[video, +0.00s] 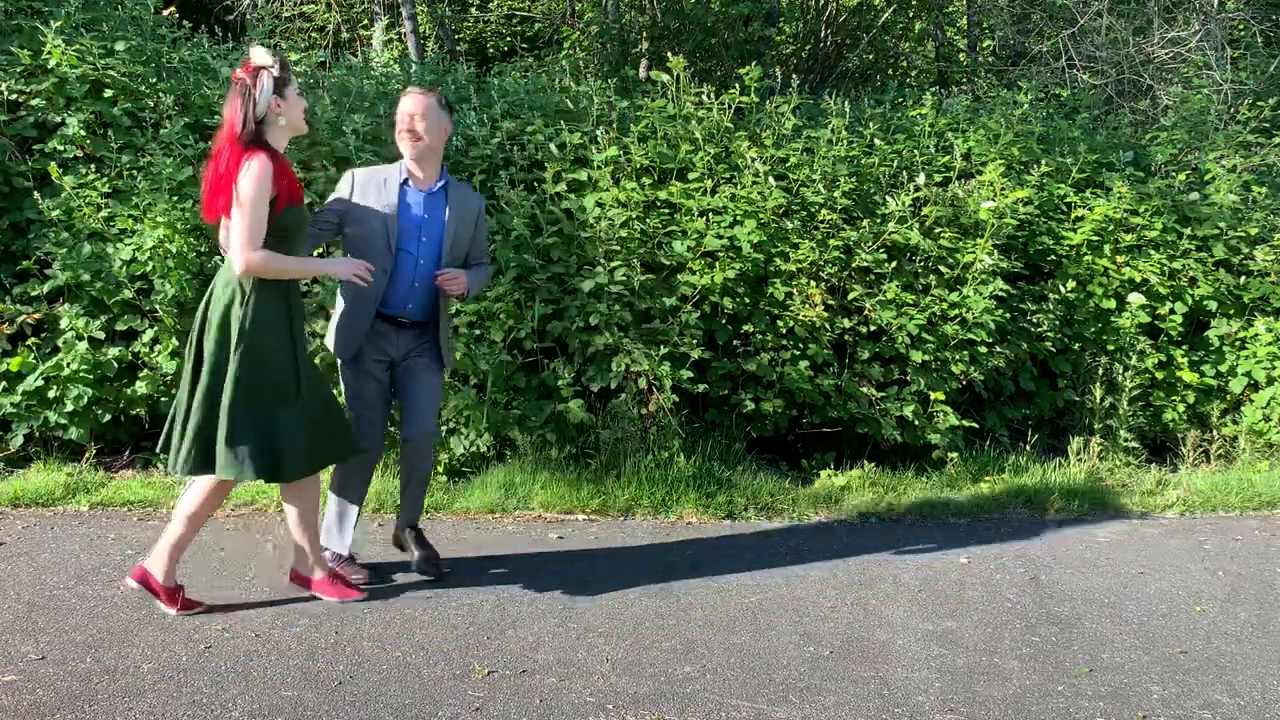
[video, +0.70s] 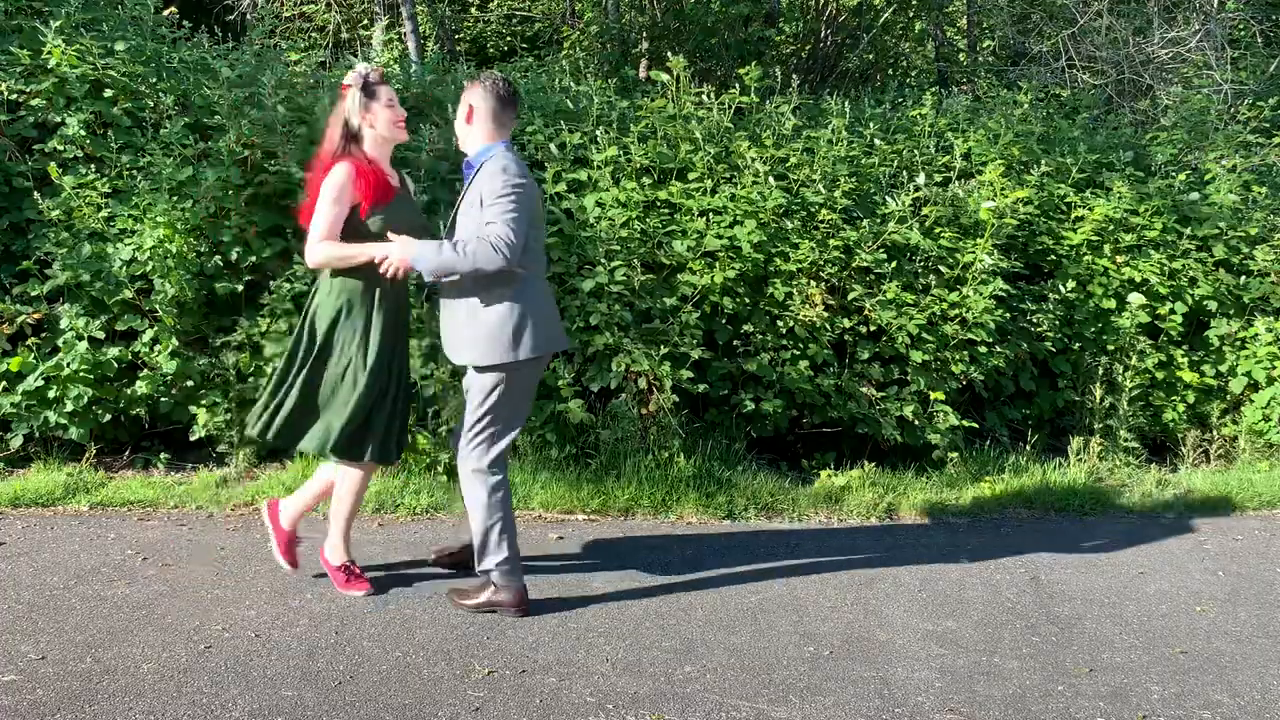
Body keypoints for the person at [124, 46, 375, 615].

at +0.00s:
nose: (304, 102)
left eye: (300, 93)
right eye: (297, 95)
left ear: (271, 107)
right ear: (276, 108)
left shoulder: (254, 160)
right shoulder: (259, 163)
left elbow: (230, 246)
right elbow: (248, 258)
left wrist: (305, 241)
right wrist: (329, 266)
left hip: (244, 315)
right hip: (257, 319)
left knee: (231, 451)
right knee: (302, 439)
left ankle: (160, 564)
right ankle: (312, 563)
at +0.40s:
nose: (337, 112)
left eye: (334, 103)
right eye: (328, 105)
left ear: (302, 116)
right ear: (301, 117)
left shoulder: (294, 167)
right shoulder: (288, 171)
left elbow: (311, 246)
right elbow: (293, 264)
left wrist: (373, 248)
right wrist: (368, 257)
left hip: (268, 313)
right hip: (275, 317)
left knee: (252, 443)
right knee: (342, 428)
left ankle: (183, 549)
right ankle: (333, 549)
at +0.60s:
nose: (374, 120)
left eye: (371, 111)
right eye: (363, 113)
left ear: (345, 126)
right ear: (336, 125)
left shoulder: (347, 180)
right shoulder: (319, 180)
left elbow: (348, 250)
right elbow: (308, 268)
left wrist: (398, 256)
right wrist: (381, 262)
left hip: (340, 320)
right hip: (325, 324)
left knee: (292, 444)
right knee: (350, 442)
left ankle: (208, 533)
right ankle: (337, 551)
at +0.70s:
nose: (404, 112)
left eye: (401, 104)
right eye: (392, 106)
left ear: (382, 117)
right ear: (364, 118)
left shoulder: (395, 177)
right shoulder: (345, 173)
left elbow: (401, 236)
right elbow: (316, 252)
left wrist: (412, 250)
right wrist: (384, 247)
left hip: (386, 312)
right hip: (352, 311)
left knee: (371, 433)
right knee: (360, 433)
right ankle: (336, 550)